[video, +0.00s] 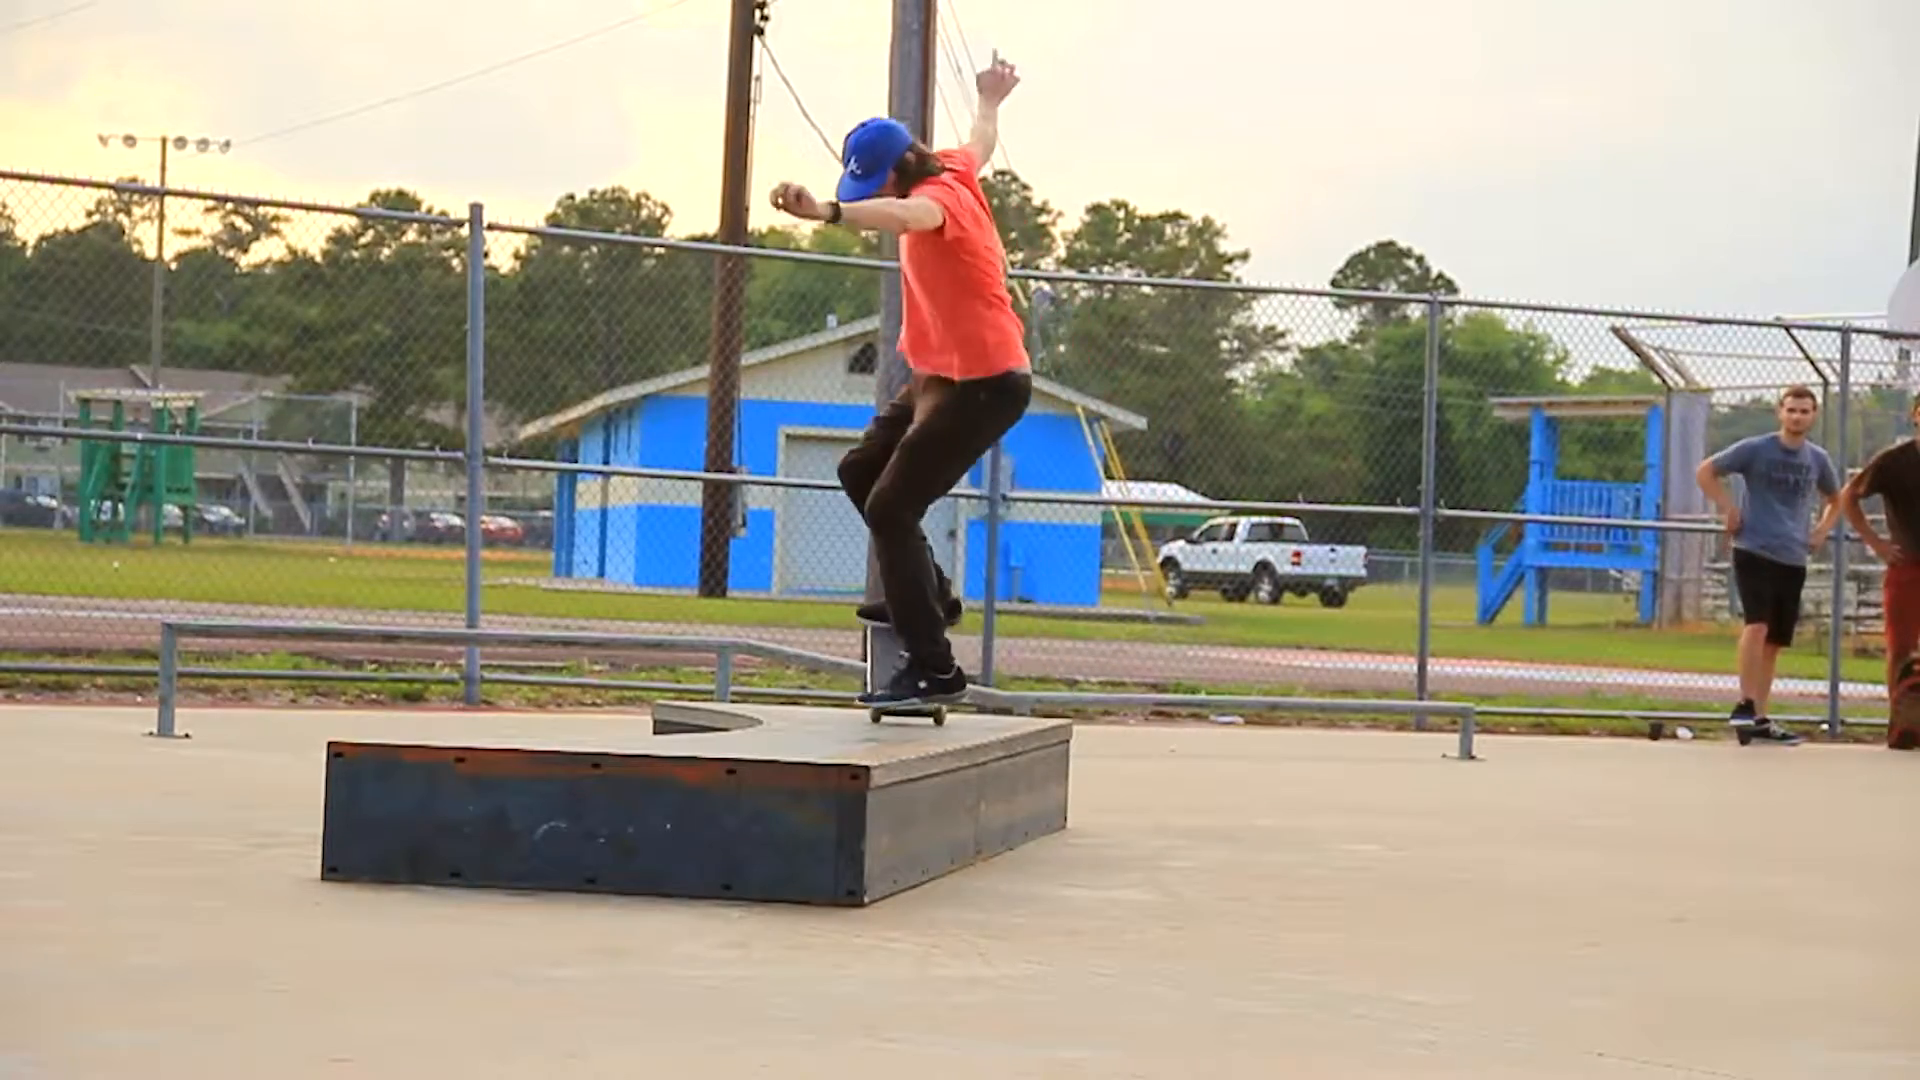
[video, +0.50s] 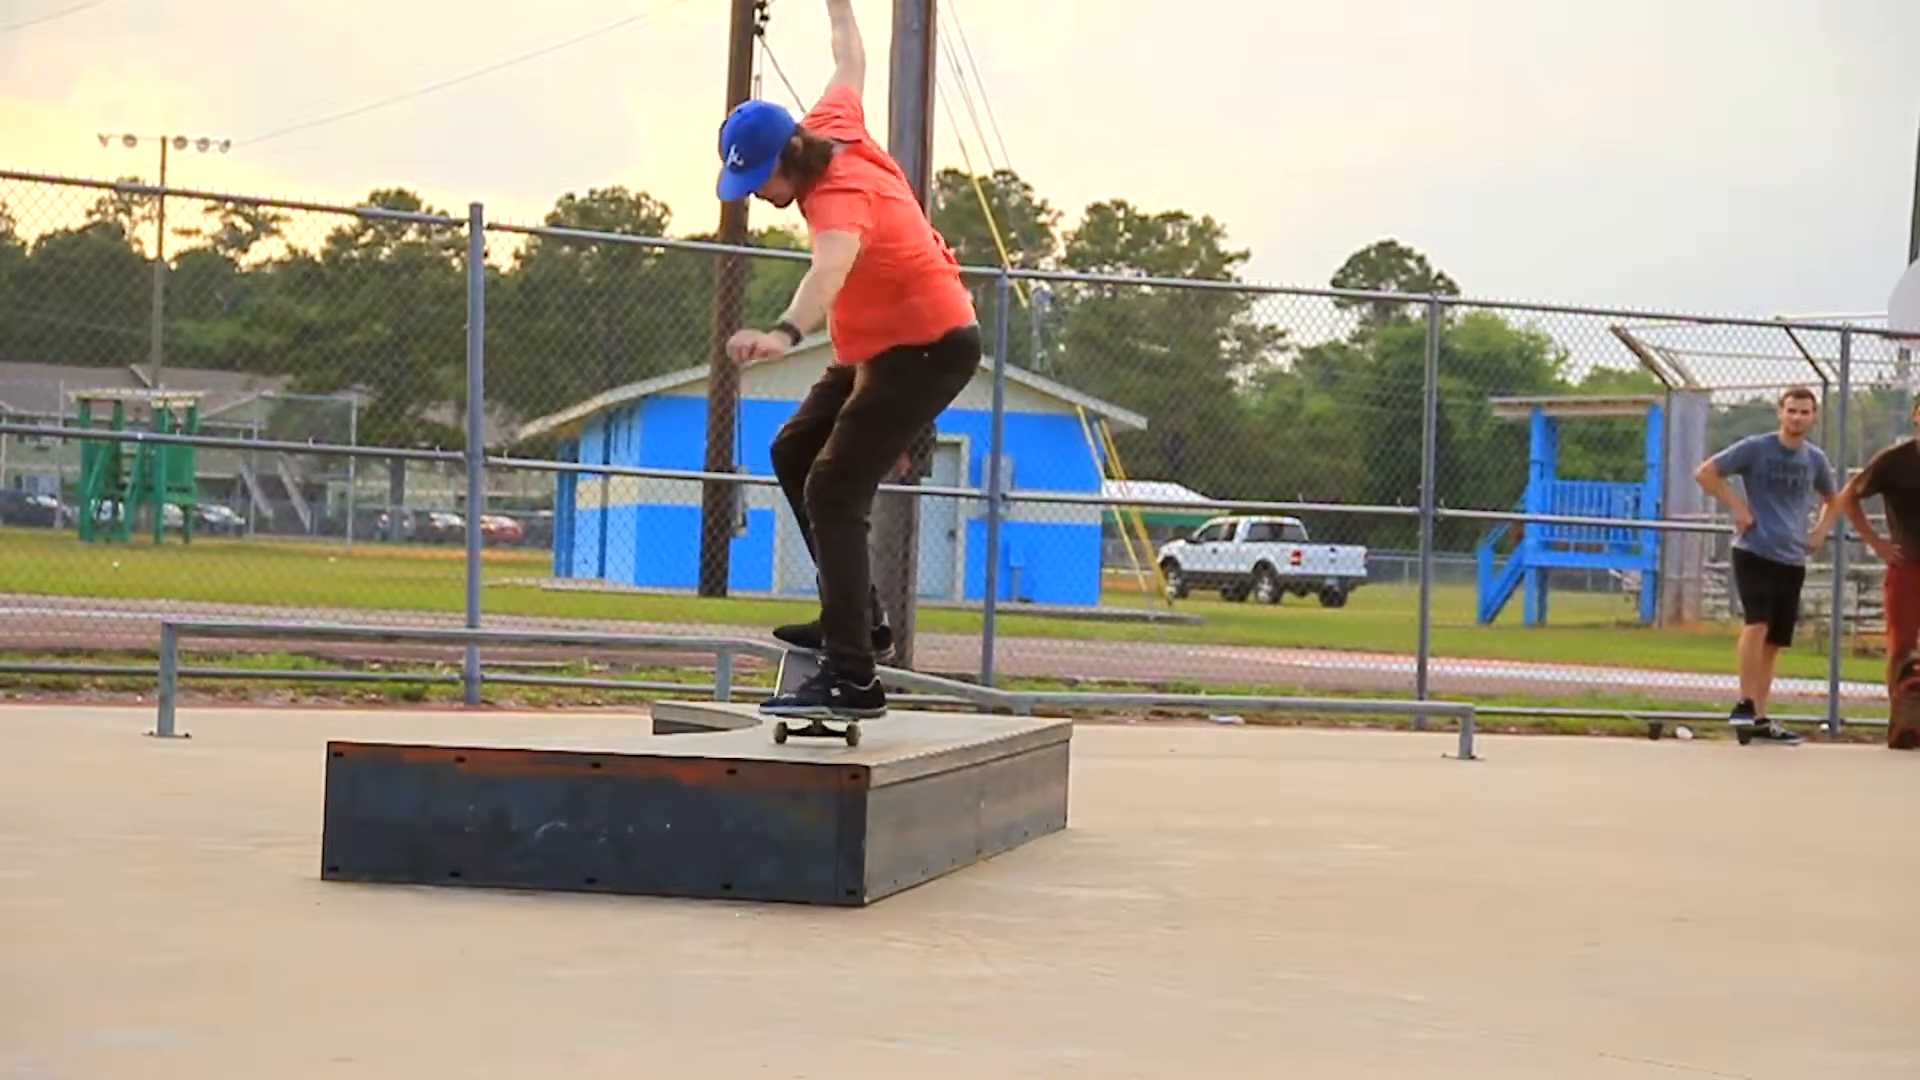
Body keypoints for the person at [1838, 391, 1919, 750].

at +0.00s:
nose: (1919, 419)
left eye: (1919, 413)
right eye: (1919, 413)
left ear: (1914, 416)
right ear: (1914, 416)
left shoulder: (1900, 457)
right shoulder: (1899, 458)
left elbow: (1849, 496)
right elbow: (1849, 496)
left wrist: (1876, 543)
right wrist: (1875, 543)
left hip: (1909, 569)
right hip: (1907, 567)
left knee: (1904, 650)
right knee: (1902, 650)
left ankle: (1905, 727)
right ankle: (1902, 726)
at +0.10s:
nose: (1919, 418)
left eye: (1918, 412)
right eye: (1919, 412)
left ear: (1914, 415)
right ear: (1914, 415)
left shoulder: (1900, 457)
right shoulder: (1899, 458)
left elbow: (1849, 496)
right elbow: (1849, 496)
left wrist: (1876, 543)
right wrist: (1875, 543)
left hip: (1909, 569)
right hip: (1907, 567)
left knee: (1904, 650)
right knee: (1902, 650)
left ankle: (1905, 727)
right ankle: (1901, 727)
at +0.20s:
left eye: (1919, 411)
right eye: (1919, 411)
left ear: (1914, 416)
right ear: (1914, 416)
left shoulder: (1900, 457)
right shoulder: (1899, 458)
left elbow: (1849, 496)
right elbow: (1849, 496)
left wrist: (1876, 543)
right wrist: (1875, 543)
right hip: (1907, 566)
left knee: (1904, 648)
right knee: (1902, 648)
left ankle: (1905, 726)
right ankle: (1901, 726)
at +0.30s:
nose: (1919, 418)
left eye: (1918, 412)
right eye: (1919, 412)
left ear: (1914, 416)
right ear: (1914, 416)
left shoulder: (1900, 457)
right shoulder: (1899, 458)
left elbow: (1849, 497)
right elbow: (1849, 496)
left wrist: (1876, 543)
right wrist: (1875, 543)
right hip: (1907, 565)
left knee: (1904, 647)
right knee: (1902, 647)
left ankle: (1905, 726)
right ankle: (1901, 726)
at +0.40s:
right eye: (1919, 411)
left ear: (1915, 415)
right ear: (1915, 415)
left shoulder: (1901, 457)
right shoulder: (1900, 457)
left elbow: (1849, 496)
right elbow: (1848, 497)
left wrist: (1875, 542)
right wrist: (1876, 543)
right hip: (1907, 566)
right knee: (1902, 649)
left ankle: (1907, 727)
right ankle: (1902, 728)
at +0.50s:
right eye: (1919, 412)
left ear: (1914, 415)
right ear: (1915, 415)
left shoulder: (1900, 457)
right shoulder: (1900, 457)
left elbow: (1849, 497)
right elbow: (1848, 497)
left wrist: (1876, 542)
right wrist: (1876, 543)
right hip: (1907, 566)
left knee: (1904, 651)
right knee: (1902, 649)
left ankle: (1906, 729)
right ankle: (1901, 729)